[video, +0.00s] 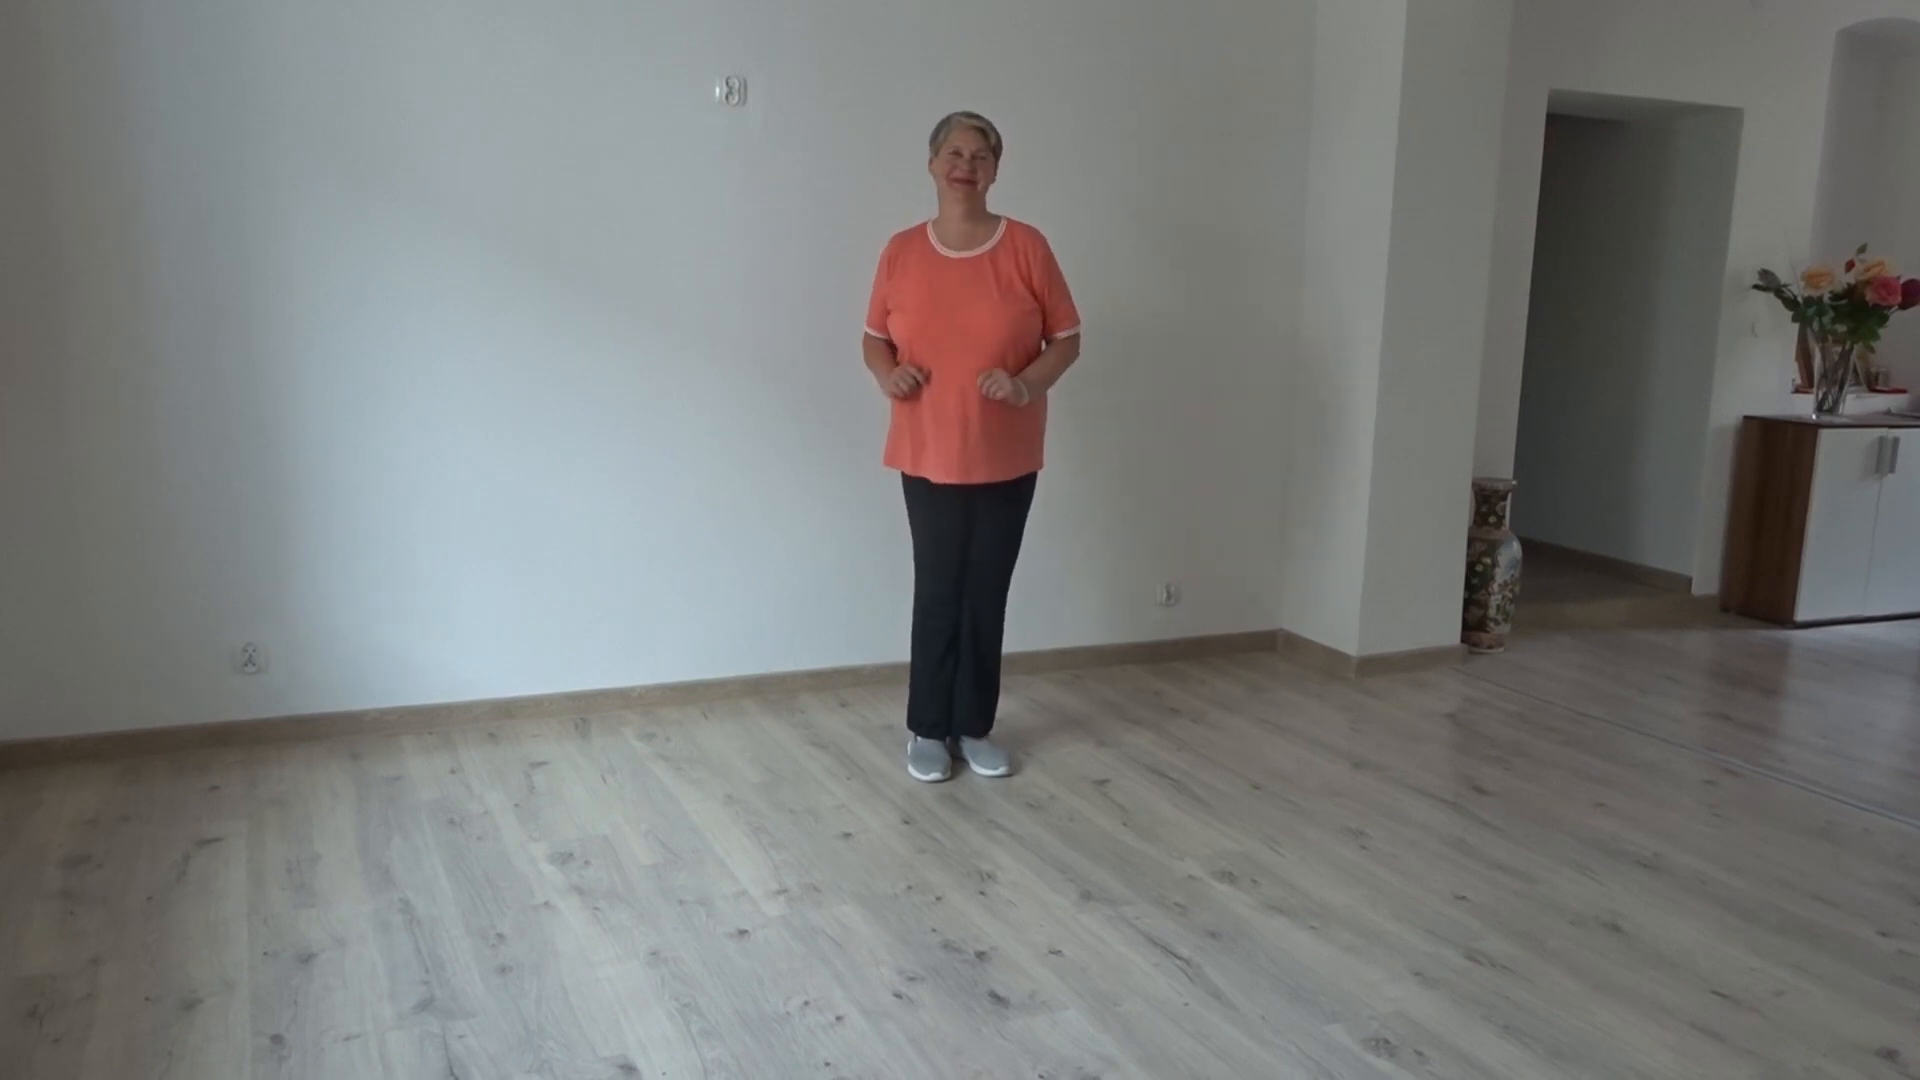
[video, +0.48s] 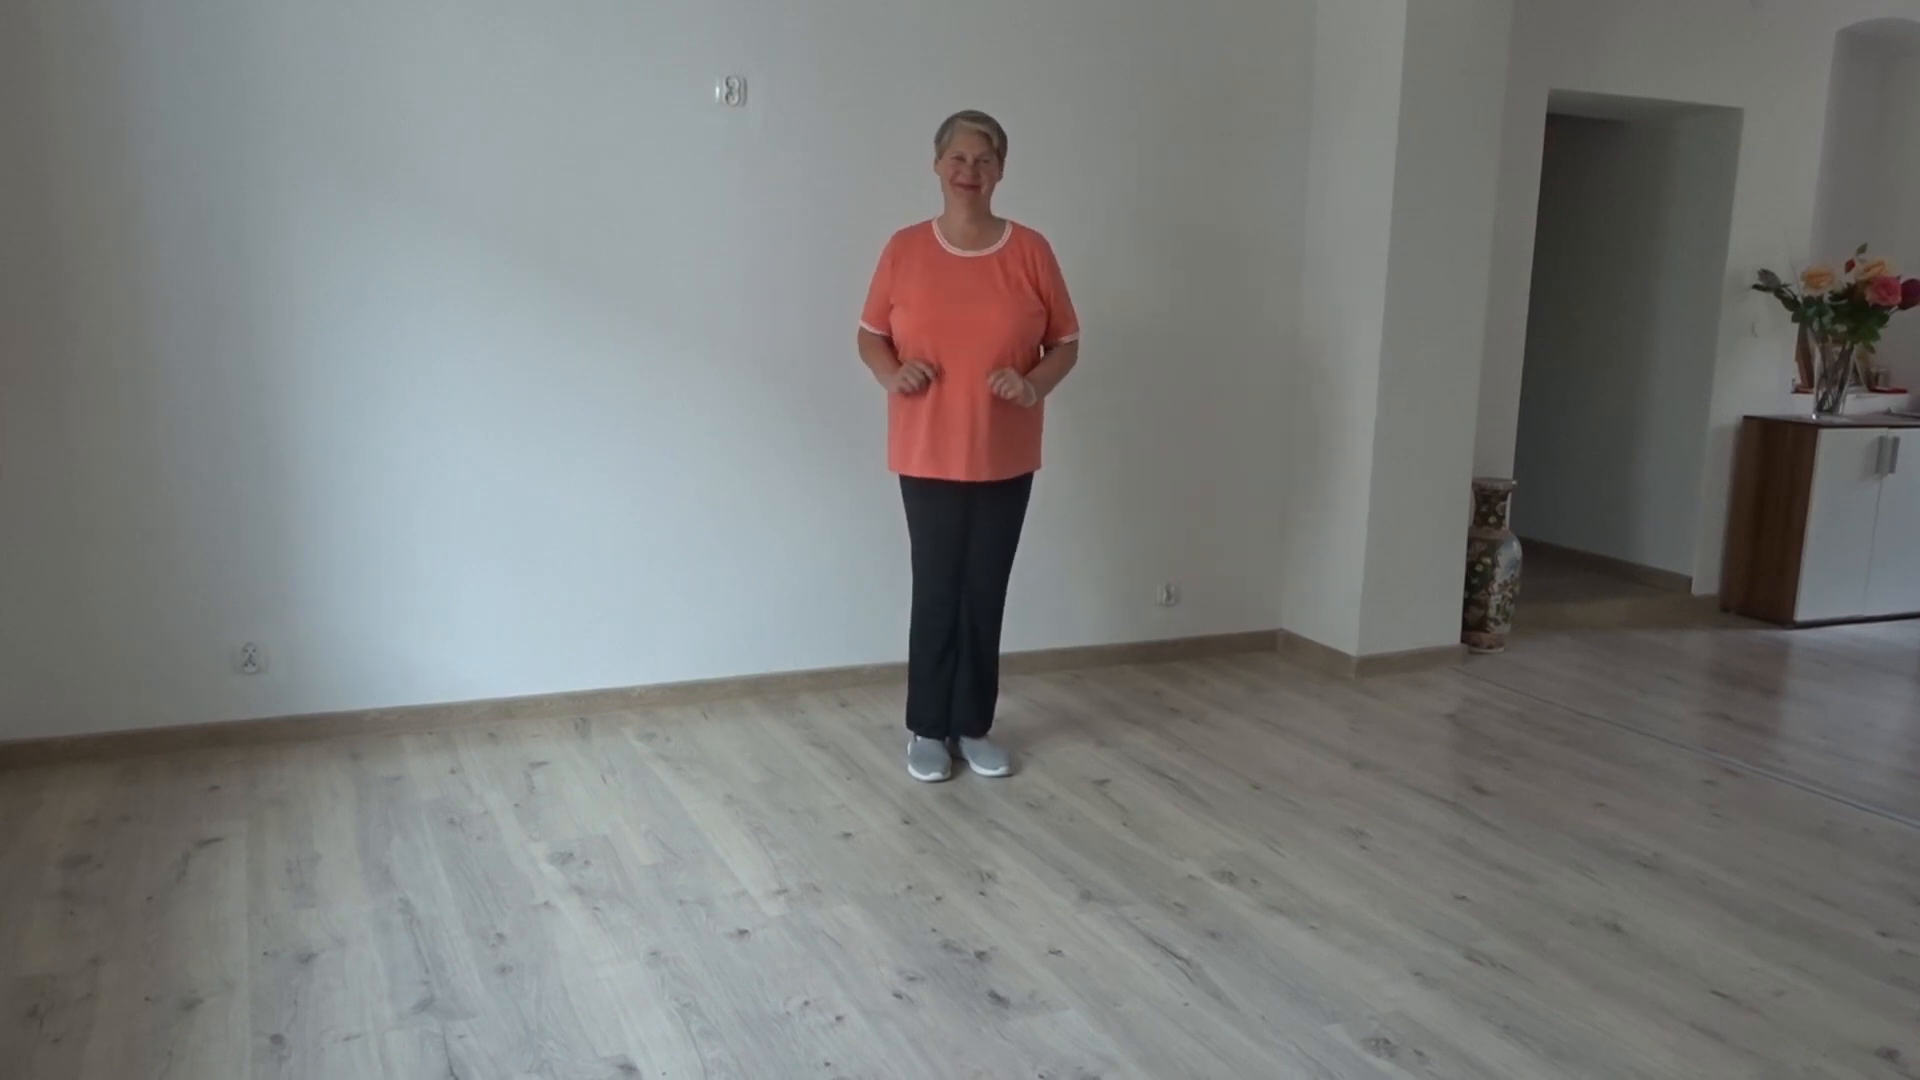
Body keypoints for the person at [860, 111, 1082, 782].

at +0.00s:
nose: (966, 163)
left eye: (979, 155)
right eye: (954, 153)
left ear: (995, 169)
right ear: (932, 165)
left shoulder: (1026, 246)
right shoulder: (903, 250)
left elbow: (1068, 338)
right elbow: (875, 335)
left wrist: (1026, 382)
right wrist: (889, 371)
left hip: (1005, 459)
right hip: (929, 459)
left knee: (986, 599)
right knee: (938, 596)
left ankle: (973, 730)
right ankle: (927, 732)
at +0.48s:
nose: (971, 167)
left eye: (984, 158)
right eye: (958, 157)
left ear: (999, 170)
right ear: (937, 167)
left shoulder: (1030, 249)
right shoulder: (905, 248)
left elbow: (1066, 341)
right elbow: (871, 332)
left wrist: (1035, 382)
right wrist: (893, 370)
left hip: (1004, 459)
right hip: (929, 458)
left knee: (985, 599)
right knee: (936, 597)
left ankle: (972, 730)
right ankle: (927, 732)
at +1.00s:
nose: (983, 164)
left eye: (995, 154)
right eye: (970, 155)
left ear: (1014, 166)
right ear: (951, 170)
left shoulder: (1040, 254)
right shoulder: (921, 244)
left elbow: (1062, 341)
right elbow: (874, 329)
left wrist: (1056, 379)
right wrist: (929, 375)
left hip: (1009, 459)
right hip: (938, 456)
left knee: (988, 600)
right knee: (942, 597)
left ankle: (970, 730)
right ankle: (926, 732)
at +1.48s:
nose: (995, 170)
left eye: (1008, 160)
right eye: (983, 160)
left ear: (1028, 171)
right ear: (964, 172)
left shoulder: (1046, 259)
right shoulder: (930, 247)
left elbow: (1060, 345)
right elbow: (878, 330)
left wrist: (1056, 393)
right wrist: (936, 387)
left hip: (1014, 463)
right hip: (942, 460)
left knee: (993, 601)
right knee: (947, 598)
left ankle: (973, 731)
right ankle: (926, 732)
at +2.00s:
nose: (986, 178)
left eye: (1003, 170)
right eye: (976, 166)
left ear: (1025, 186)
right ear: (959, 177)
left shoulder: (1039, 278)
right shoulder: (914, 245)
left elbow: (1081, 373)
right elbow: (840, 320)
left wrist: (1095, 326)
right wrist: (840, 270)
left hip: (991, 472)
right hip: (905, 463)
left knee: (979, 617)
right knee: (900, 627)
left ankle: (970, 734)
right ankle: (872, 789)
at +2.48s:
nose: (951, 169)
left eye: (967, 161)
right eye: (940, 155)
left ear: (983, 181)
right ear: (914, 165)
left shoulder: (1000, 268)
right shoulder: (867, 251)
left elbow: (1015, 373)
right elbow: (809, 349)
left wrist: (924, 350)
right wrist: (871, 335)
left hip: (954, 500)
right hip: (865, 494)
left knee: (930, 654)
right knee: (874, 650)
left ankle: (925, 804)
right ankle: (870, 808)